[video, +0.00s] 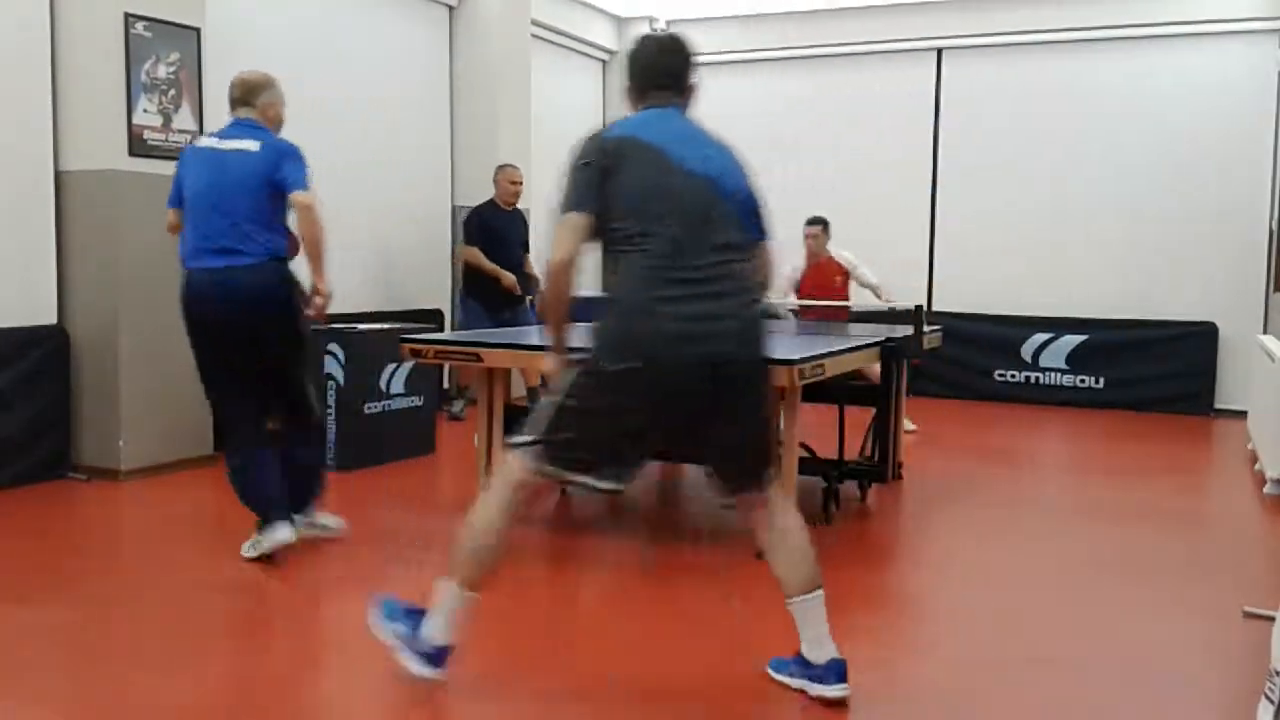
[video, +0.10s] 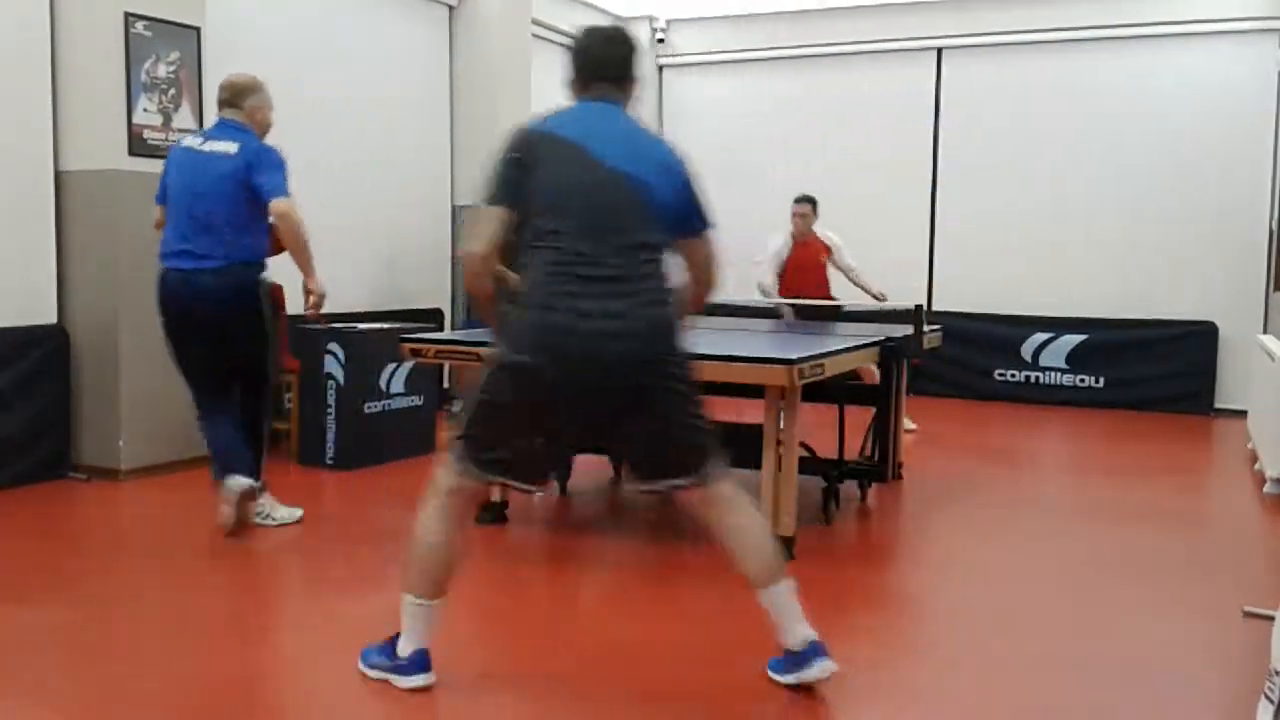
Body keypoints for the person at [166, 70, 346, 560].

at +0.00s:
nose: (282, 119)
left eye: (281, 112)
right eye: (280, 112)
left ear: (235, 108)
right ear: (269, 110)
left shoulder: (194, 151)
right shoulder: (281, 151)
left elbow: (175, 220)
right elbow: (305, 209)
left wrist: (213, 248)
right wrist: (319, 279)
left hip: (203, 288)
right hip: (264, 284)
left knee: (232, 402)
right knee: (297, 395)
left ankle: (271, 517)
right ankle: (302, 504)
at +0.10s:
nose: (269, 122)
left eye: (269, 114)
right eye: (267, 114)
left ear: (222, 109)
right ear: (255, 112)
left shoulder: (181, 149)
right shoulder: (259, 152)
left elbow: (162, 220)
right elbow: (281, 212)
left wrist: (219, 231)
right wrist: (309, 273)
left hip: (179, 285)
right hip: (236, 286)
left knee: (209, 388)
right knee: (251, 385)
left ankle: (233, 476)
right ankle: (251, 492)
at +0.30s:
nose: (227, 136)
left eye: (226, 127)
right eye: (223, 127)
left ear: (185, 124)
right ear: (203, 125)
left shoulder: (141, 161)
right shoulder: (195, 172)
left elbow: (135, 224)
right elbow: (230, 246)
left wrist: (200, 255)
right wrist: (273, 280)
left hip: (124, 288)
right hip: (168, 292)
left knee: (146, 388)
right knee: (224, 392)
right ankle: (244, 498)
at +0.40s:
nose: (191, 143)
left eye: (192, 134)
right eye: (188, 134)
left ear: (156, 132)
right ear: (167, 133)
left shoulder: (124, 169)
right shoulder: (152, 177)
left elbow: (123, 245)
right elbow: (161, 247)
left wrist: (164, 286)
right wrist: (219, 268)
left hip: (102, 292)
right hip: (126, 294)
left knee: (105, 395)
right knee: (188, 389)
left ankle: (52, 482)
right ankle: (233, 494)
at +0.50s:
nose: (168, 144)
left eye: (168, 136)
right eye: (162, 136)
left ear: (139, 137)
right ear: (138, 135)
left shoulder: (131, 179)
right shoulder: (109, 176)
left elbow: (117, 250)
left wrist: (135, 301)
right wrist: (158, 275)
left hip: (103, 295)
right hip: (85, 294)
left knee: (108, 392)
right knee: (151, 383)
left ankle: (54, 484)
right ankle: (192, 474)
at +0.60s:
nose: (146, 131)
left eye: (147, 123)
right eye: (139, 123)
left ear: (119, 124)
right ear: (111, 121)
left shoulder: (113, 169)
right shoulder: (78, 162)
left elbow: (96, 239)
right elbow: (50, 230)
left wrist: (115, 298)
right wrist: (100, 281)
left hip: (82, 283)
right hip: (59, 280)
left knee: (77, 379)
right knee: (116, 372)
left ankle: (50, 483)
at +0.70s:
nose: (120, 116)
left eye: (125, 108)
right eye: (112, 106)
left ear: (124, 111)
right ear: (86, 104)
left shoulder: (103, 155)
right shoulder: (54, 146)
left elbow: (88, 222)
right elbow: (11, 202)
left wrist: (103, 278)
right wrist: (39, 264)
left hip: (83, 270)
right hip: (49, 267)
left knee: (82, 372)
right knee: (72, 369)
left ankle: (60, 474)